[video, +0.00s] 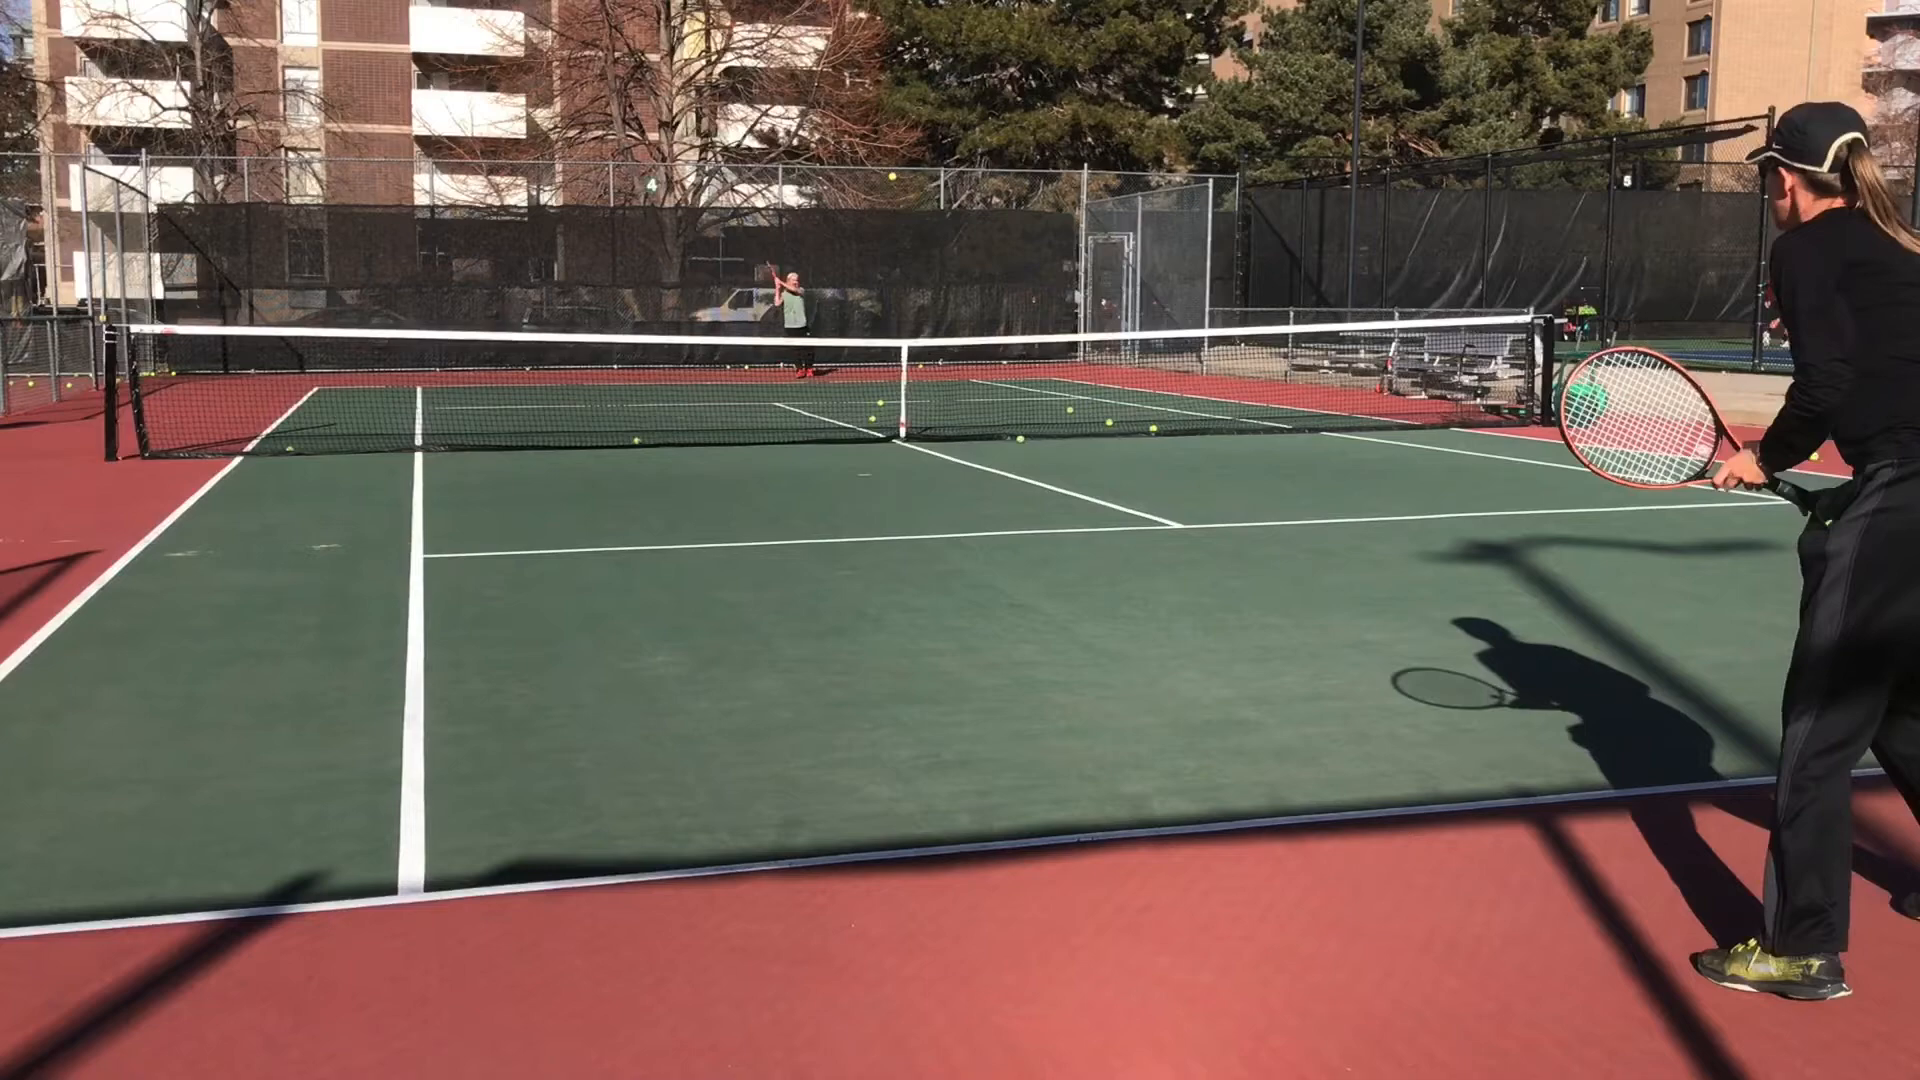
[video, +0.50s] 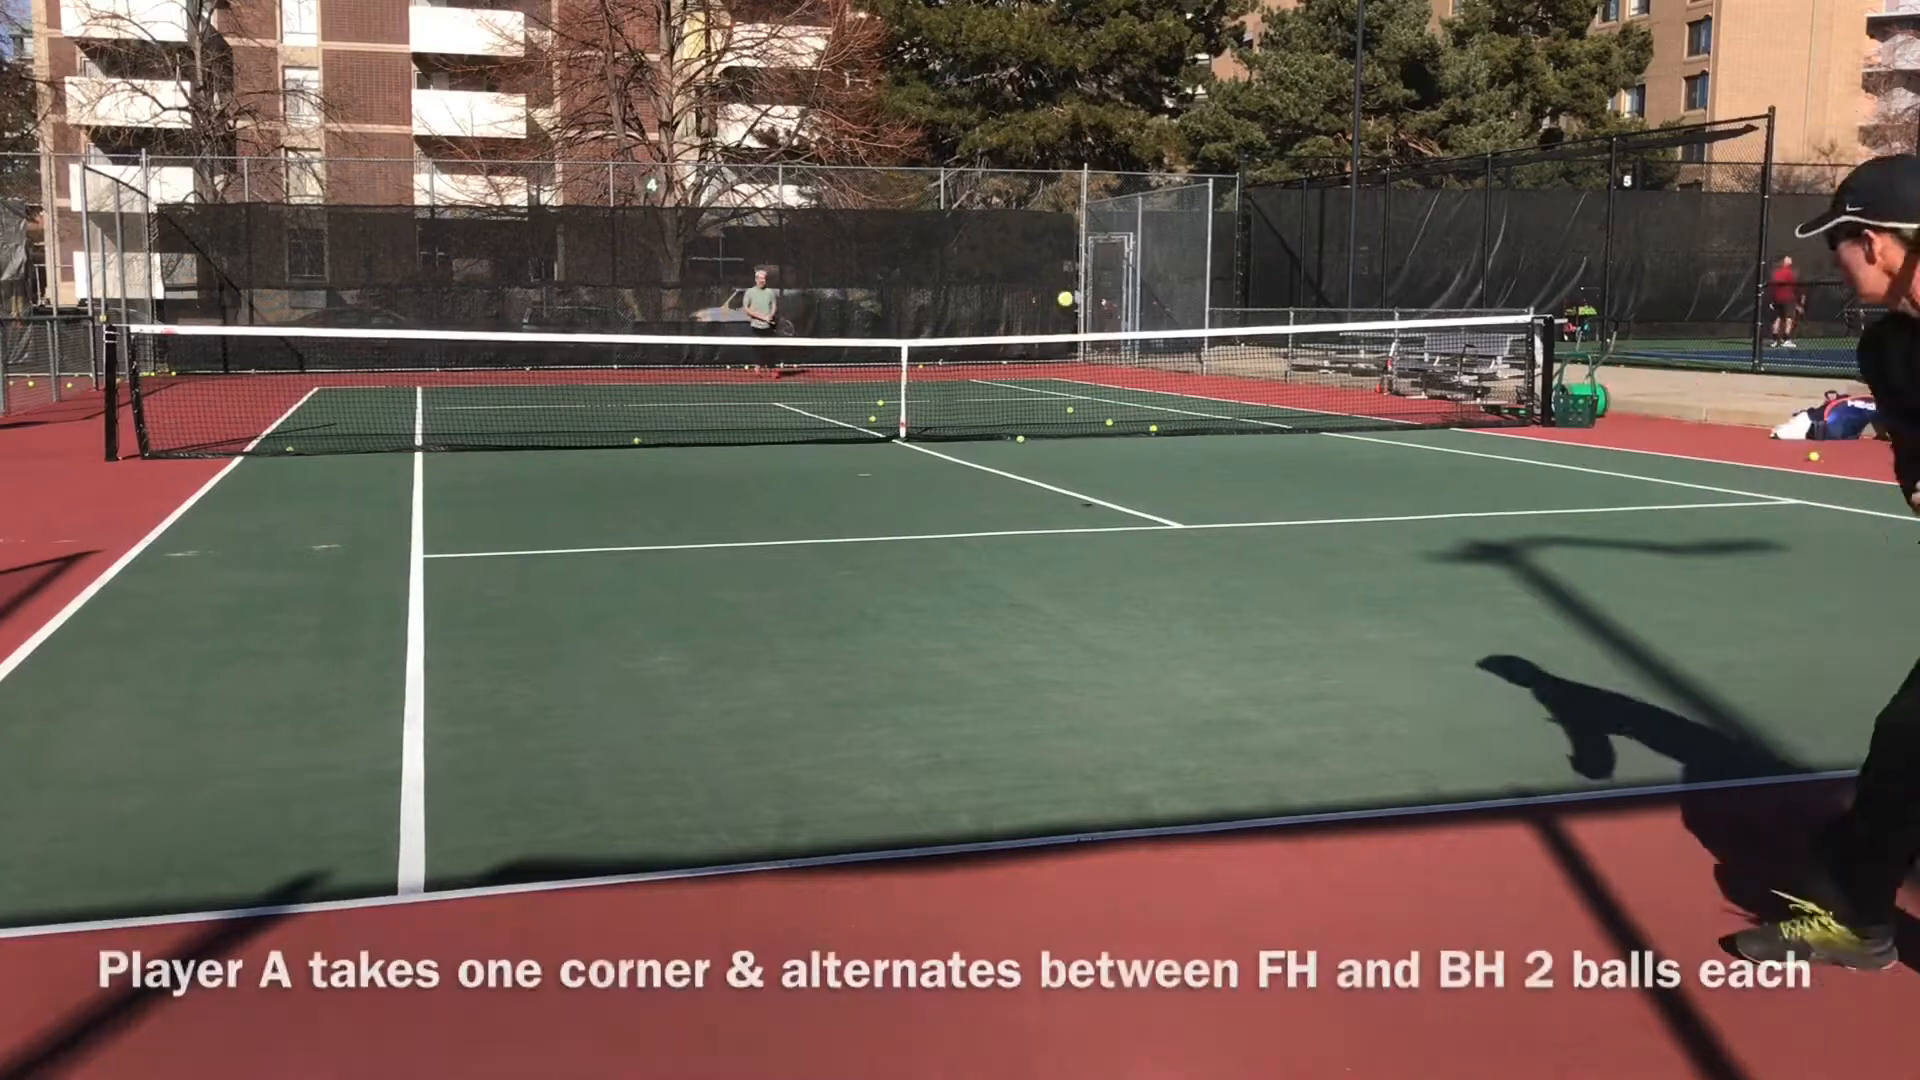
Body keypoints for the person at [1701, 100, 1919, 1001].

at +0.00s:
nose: (1770, 190)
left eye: (1771, 177)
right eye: (1772, 176)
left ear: (1793, 180)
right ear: (1850, 175)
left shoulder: (1806, 247)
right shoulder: (1889, 243)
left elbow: (1828, 375)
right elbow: (1870, 377)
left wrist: (1769, 455)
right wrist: (1784, 435)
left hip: (1893, 501)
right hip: (1916, 497)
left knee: (1819, 723)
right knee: (1897, 714)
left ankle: (1804, 945)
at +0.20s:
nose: (1737, 239)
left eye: (1740, 224)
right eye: (1738, 223)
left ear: (1765, 224)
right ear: (1811, 217)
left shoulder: (1813, 292)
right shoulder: (1837, 287)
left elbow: (1847, 427)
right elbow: (1847, 443)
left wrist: (1732, 500)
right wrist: (1786, 554)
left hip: (1915, 529)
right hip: (1905, 525)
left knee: (1864, 725)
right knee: (1795, 695)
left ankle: (1904, 978)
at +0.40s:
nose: (1779, 284)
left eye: (1785, 267)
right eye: (1780, 267)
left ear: (1823, 263)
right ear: (1833, 261)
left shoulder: (1906, 308)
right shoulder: (1841, 357)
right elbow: (1844, 468)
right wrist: (1825, 557)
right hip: (1918, 585)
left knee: (1815, 711)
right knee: (1812, 709)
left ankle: (1759, 892)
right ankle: (1758, 892)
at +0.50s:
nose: (1840, 265)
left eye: (1844, 247)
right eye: (1839, 248)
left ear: (1886, 245)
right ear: (1892, 245)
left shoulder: (1896, 343)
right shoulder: (1891, 338)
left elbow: (1909, 458)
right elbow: (1908, 456)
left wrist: (1904, 466)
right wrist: (1906, 466)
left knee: (1901, 734)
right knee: (1901, 737)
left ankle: (1856, 906)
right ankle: (1855, 901)